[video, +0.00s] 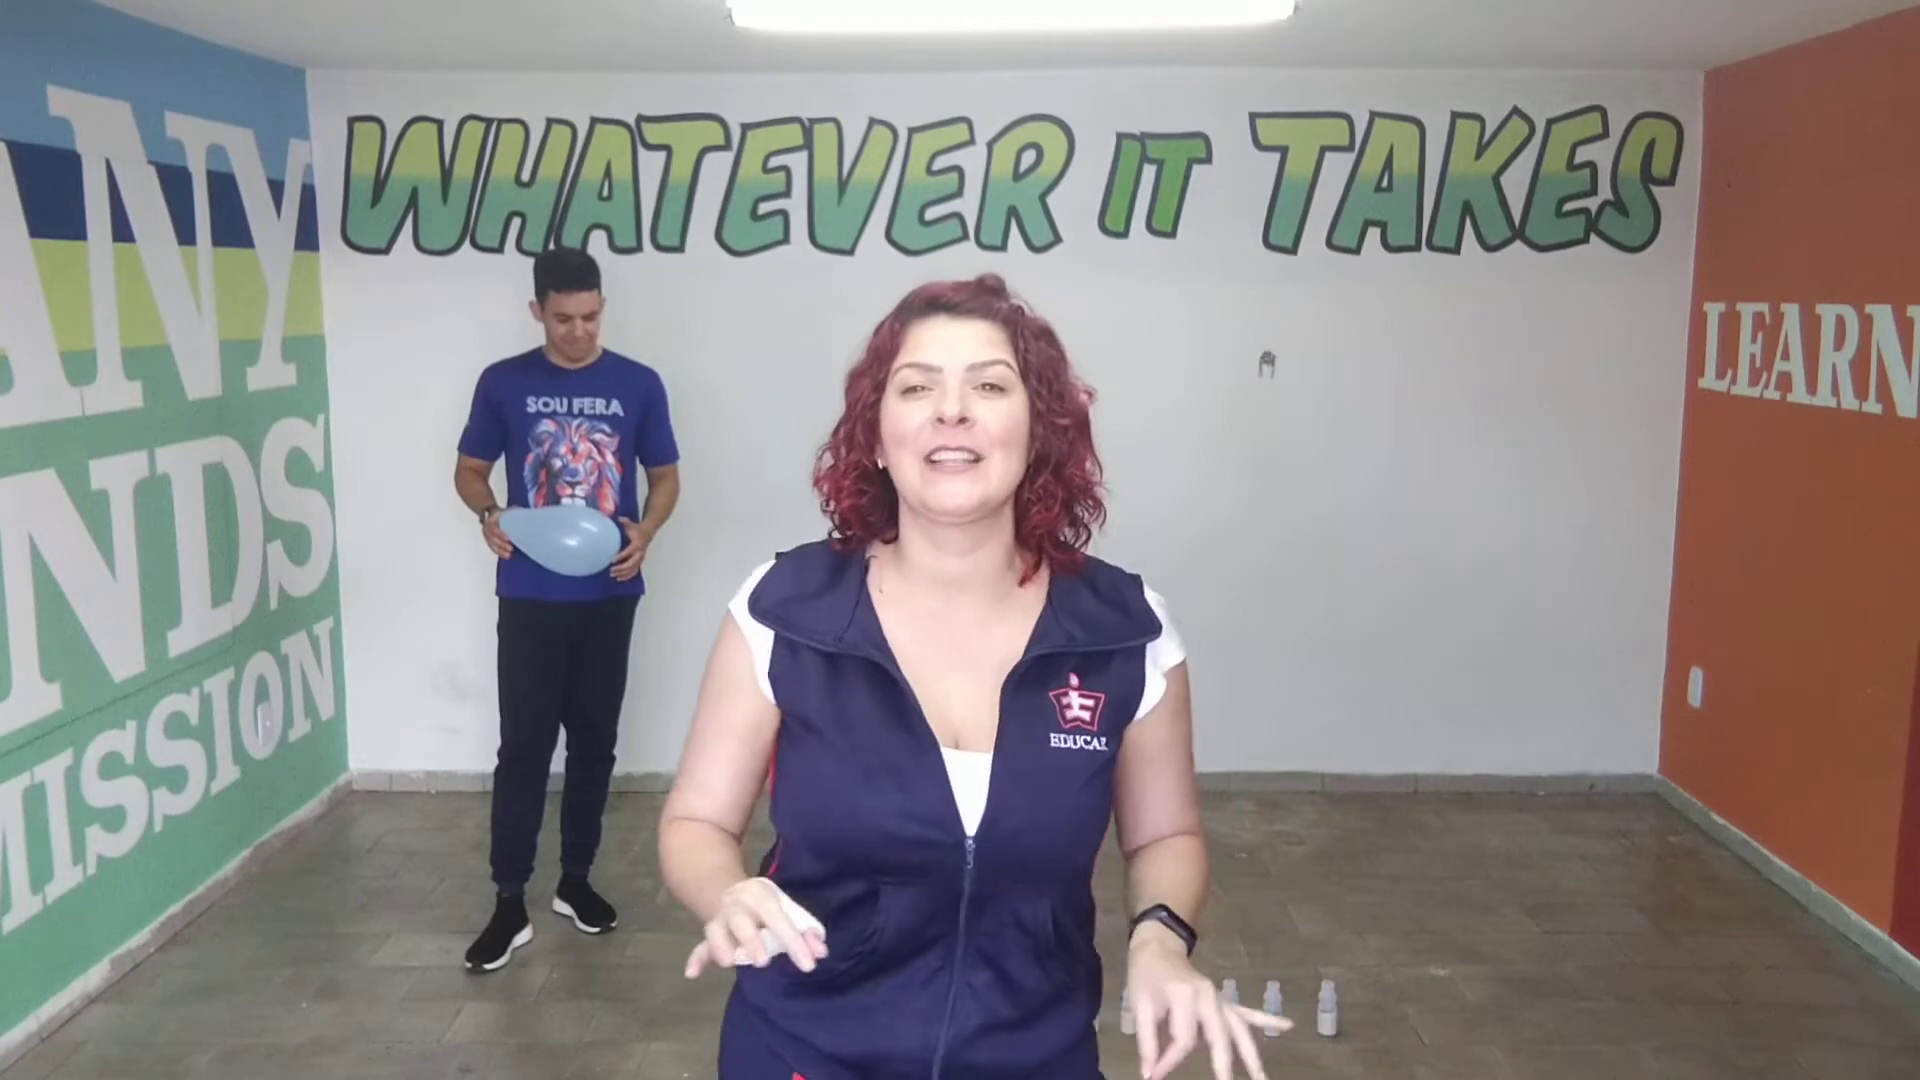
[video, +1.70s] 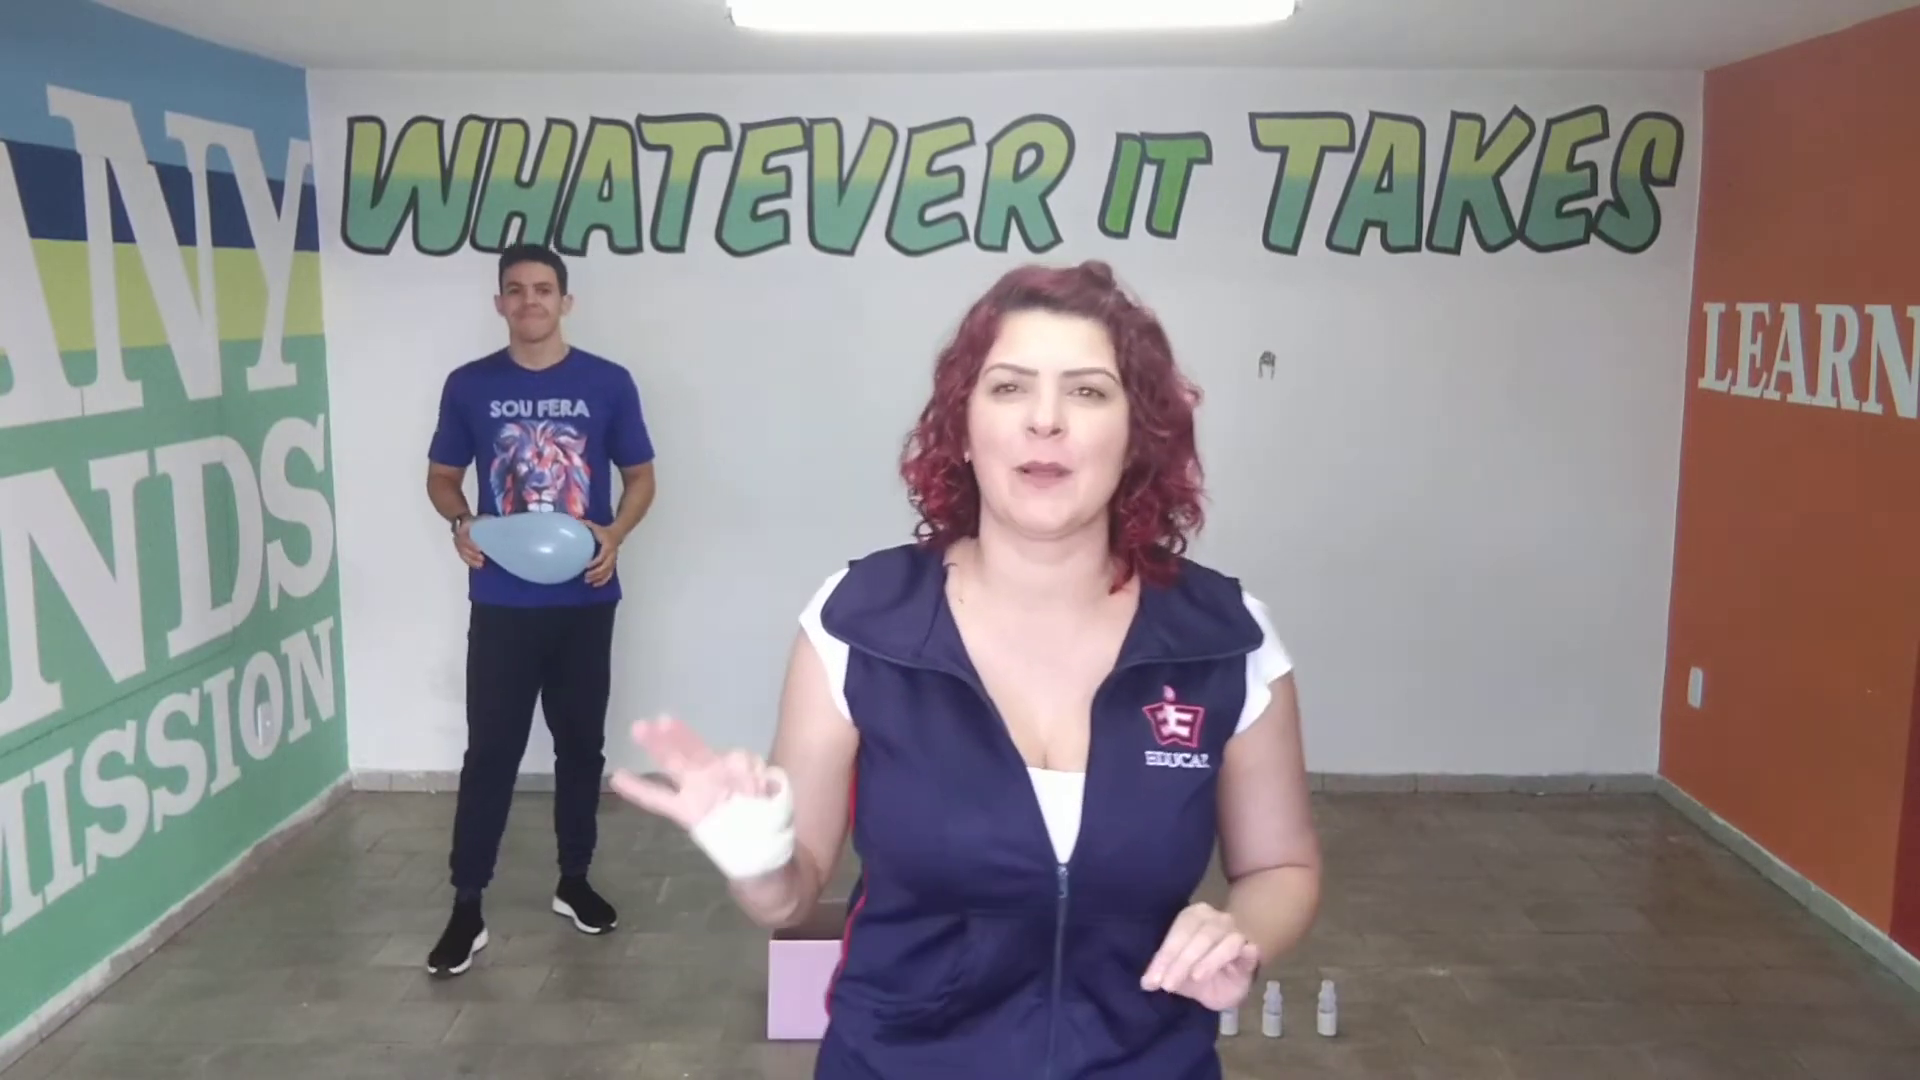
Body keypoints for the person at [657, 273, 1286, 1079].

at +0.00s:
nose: (953, 412)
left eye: (991, 386)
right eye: (919, 388)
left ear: (1039, 426)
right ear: (875, 429)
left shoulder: (1123, 625)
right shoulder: (788, 605)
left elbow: (1165, 833)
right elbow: (697, 817)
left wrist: (1160, 940)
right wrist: (725, 892)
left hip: (1032, 1055)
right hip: (813, 1051)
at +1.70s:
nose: (1044, 421)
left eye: (1086, 391)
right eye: (1009, 387)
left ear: (1139, 427)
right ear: (961, 418)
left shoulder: (1222, 635)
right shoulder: (860, 618)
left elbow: (1280, 868)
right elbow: (794, 902)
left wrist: (1236, 937)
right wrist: (753, 851)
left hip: (1140, 1057)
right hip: (908, 1057)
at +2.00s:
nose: (1117, 413)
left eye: (1163, 381)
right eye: (1083, 374)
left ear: (1218, 417)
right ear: (1035, 402)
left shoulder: (1309, 637)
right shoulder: (935, 609)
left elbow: (1390, 890)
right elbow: (858, 889)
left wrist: (1332, 958)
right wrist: (782, 810)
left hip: (1215, 1061)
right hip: (970, 1060)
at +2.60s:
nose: (1204, 432)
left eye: (1250, 394)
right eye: (1165, 392)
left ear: (1311, 431)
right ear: (1118, 425)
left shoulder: (1407, 654)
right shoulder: (1016, 629)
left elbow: (1471, 904)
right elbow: (938, 920)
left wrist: (1430, 973)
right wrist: (903, 868)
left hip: (1314, 1064)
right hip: (1059, 1064)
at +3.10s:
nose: (1239, 398)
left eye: (1289, 375)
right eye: (1209, 365)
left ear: (1342, 439)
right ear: (1155, 411)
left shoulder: (1430, 667)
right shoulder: (1036, 618)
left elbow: (1493, 923)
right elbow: (935, 856)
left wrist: (1411, 1003)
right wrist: (829, 979)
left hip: (1309, 1073)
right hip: (1066, 1067)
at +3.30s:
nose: (1231, 405)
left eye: (1281, 379)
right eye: (1201, 370)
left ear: (1339, 434)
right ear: (1150, 410)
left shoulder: (1435, 673)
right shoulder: (1047, 617)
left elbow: (1517, 967)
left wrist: (1357, 1046)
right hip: (1063, 1063)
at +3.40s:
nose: (1227, 407)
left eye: (1277, 379)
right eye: (1195, 373)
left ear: (1334, 432)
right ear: (1146, 414)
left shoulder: (1430, 674)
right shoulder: (1059, 619)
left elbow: (1515, 1005)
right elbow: (978, 838)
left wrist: (1273, 1044)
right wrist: (853, 964)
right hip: (1060, 1064)